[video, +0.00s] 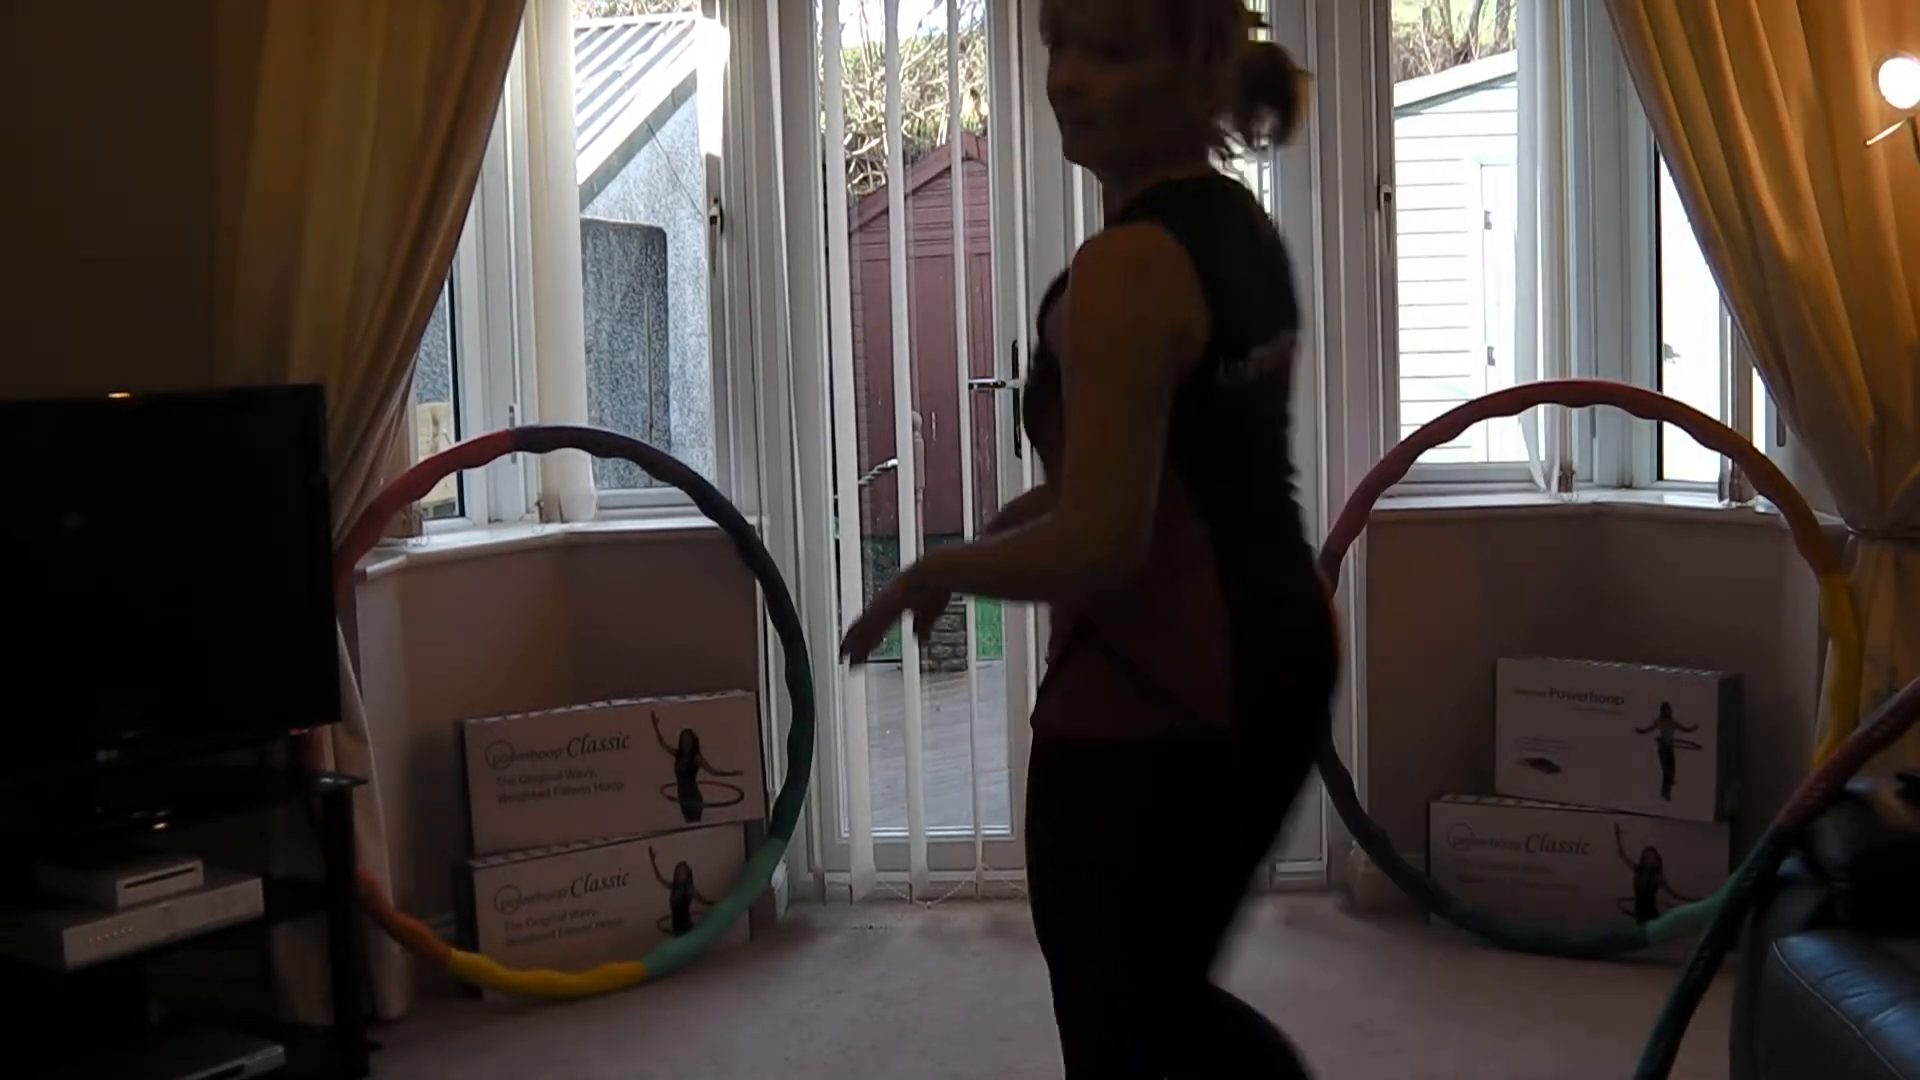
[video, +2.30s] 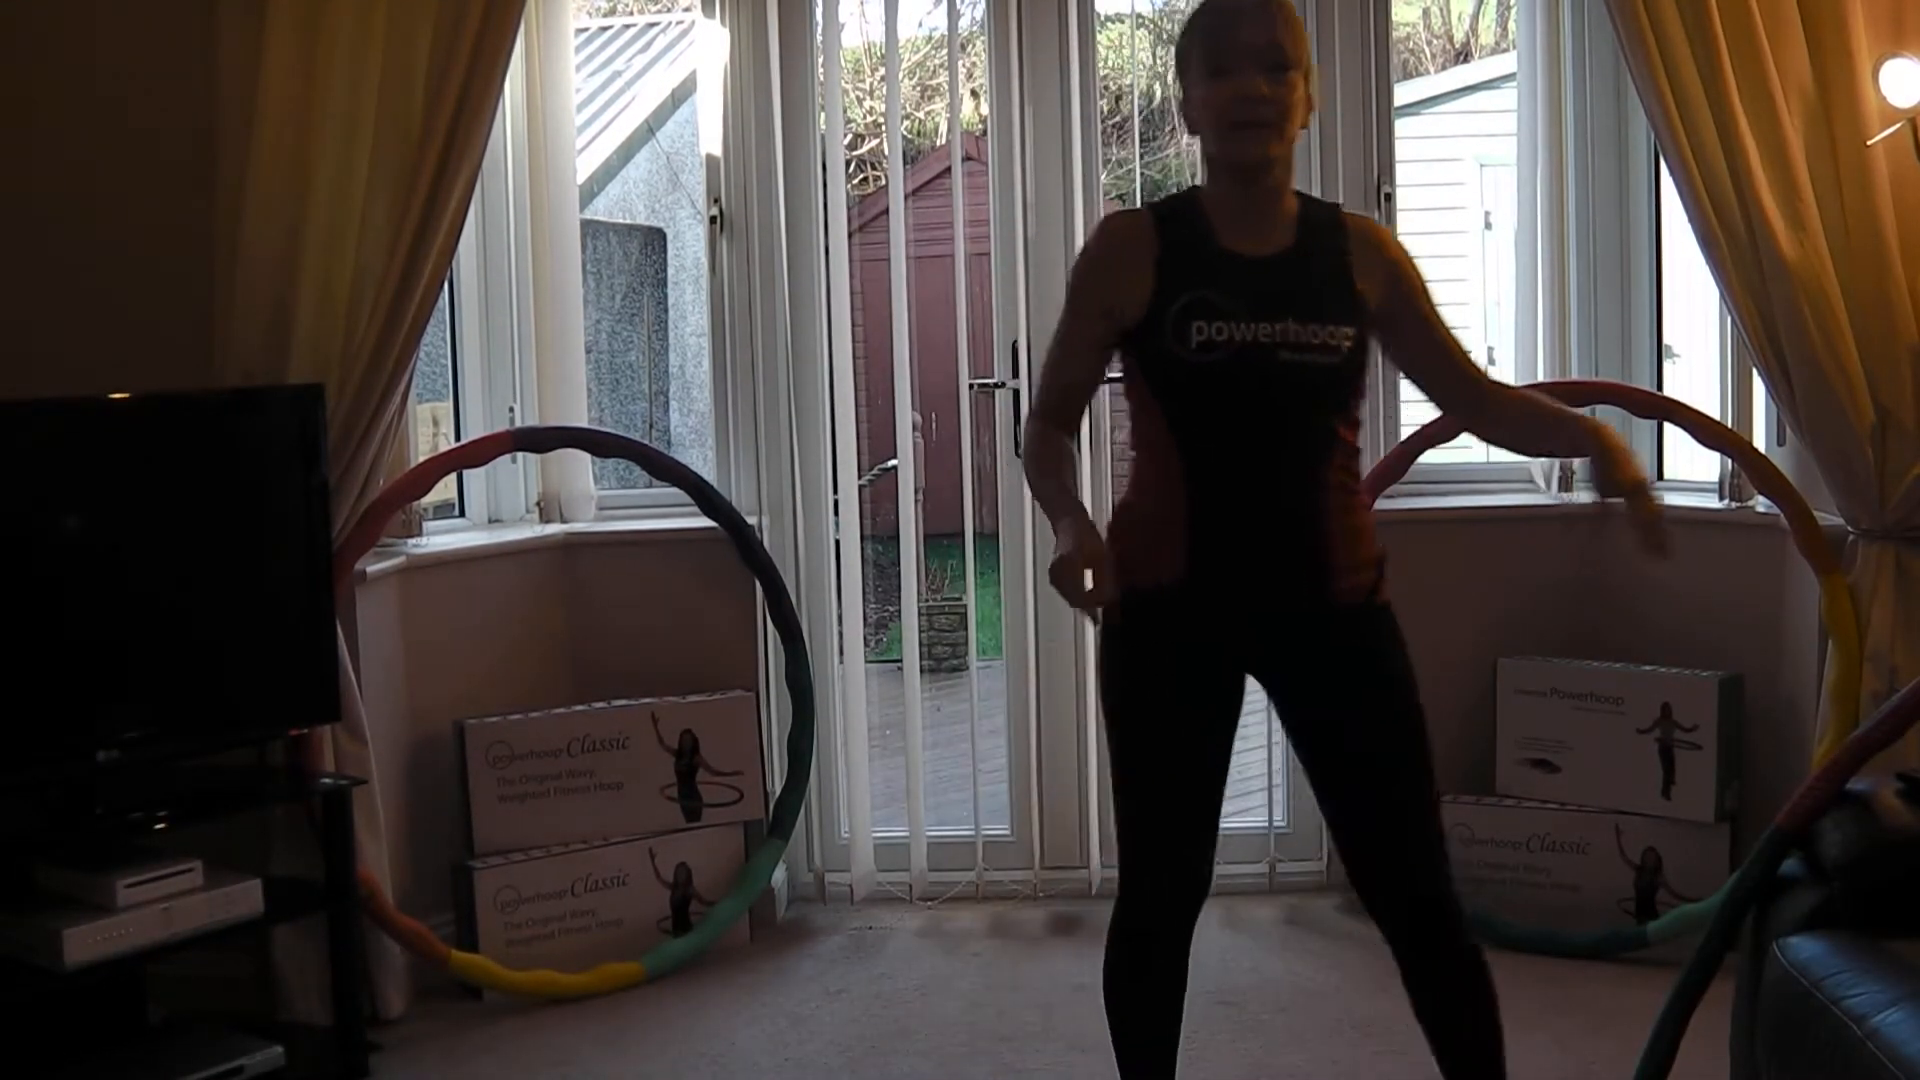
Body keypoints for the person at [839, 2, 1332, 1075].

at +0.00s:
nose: (1065, 78)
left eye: (1110, 48)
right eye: (1057, 45)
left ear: (1198, 69)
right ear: (1039, 52)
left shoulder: (1123, 267)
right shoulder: (1236, 231)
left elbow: (1097, 542)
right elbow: (1193, 468)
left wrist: (939, 569)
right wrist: (1037, 514)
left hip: (1147, 680)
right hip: (1263, 660)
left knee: (1113, 1022)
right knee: (1162, 990)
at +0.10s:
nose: (1053, 57)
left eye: (1098, 31)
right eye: (1037, 29)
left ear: (1169, 58)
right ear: (1014, 44)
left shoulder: (1127, 227)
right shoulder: (1110, 216)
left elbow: (1133, 490)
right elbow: (1110, 461)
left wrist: (959, 528)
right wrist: (982, 505)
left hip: (1147, 657)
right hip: (1131, 648)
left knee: (1041, 940)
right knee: (1045, 937)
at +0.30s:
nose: (1016, 84)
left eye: (1050, 57)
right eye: (992, 55)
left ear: (1096, 87)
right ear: (964, 76)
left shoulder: (1130, 252)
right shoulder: (942, 238)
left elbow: (1215, 468)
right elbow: (948, 423)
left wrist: (1037, 532)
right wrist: (839, 531)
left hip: (1100, 653)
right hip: (964, 635)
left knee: (1060, 967)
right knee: (911, 963)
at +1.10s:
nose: (1080, 144)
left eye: (1102, 123)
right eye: (1058, 125)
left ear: (1136, 143)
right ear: (1032, 146)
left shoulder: (1186, 271)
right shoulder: (984, 283)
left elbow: (1228, 409)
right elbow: (935, 438)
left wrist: (1219, 517)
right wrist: (970, 529)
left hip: (1154, 585)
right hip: (1022, 587)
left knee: (1138, 815)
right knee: (996, 828)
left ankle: (1124, 1011)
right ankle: (955, 1057)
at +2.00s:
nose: (1213, 121)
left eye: (1225, 102)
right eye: (1185, 98)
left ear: (1233, 119)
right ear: (1116, 113)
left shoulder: (1264, 252)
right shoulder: (1060, 265)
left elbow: (1315, 409)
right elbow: (994, 441)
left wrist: (1391, 475)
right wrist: (1054, 523)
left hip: (1247, 596)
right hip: (1106, 602)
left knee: (1284, 860)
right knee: (1128, 878)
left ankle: (1192, 977)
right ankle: (1134, 1075)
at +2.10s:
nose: (1200, 100)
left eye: (1219, 80)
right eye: (1170, 79)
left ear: (1245, 105)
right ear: (1124, 105)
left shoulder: (1284, 248)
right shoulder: (1075, 256)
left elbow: (1349, 403)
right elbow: (1006, 436)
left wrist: (1445, 464)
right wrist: (1070, 517)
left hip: (1266, 596)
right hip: (1122, 601)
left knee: (1338, 845)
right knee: (1135, 875)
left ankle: (1278, 1037)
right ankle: (1136, 1077)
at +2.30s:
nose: (1253, 91)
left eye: (1274, 69)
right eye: (1224, 70)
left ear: (1306, 93)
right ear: (1185, 95)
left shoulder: (1360, 252)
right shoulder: (1131, 250)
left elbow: (1469, 396)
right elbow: (1048, 426)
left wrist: (1597, 439)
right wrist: (1069, 526)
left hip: (1329, 600)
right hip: (1171, 604)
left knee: (1414, 892)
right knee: (1160, 889)